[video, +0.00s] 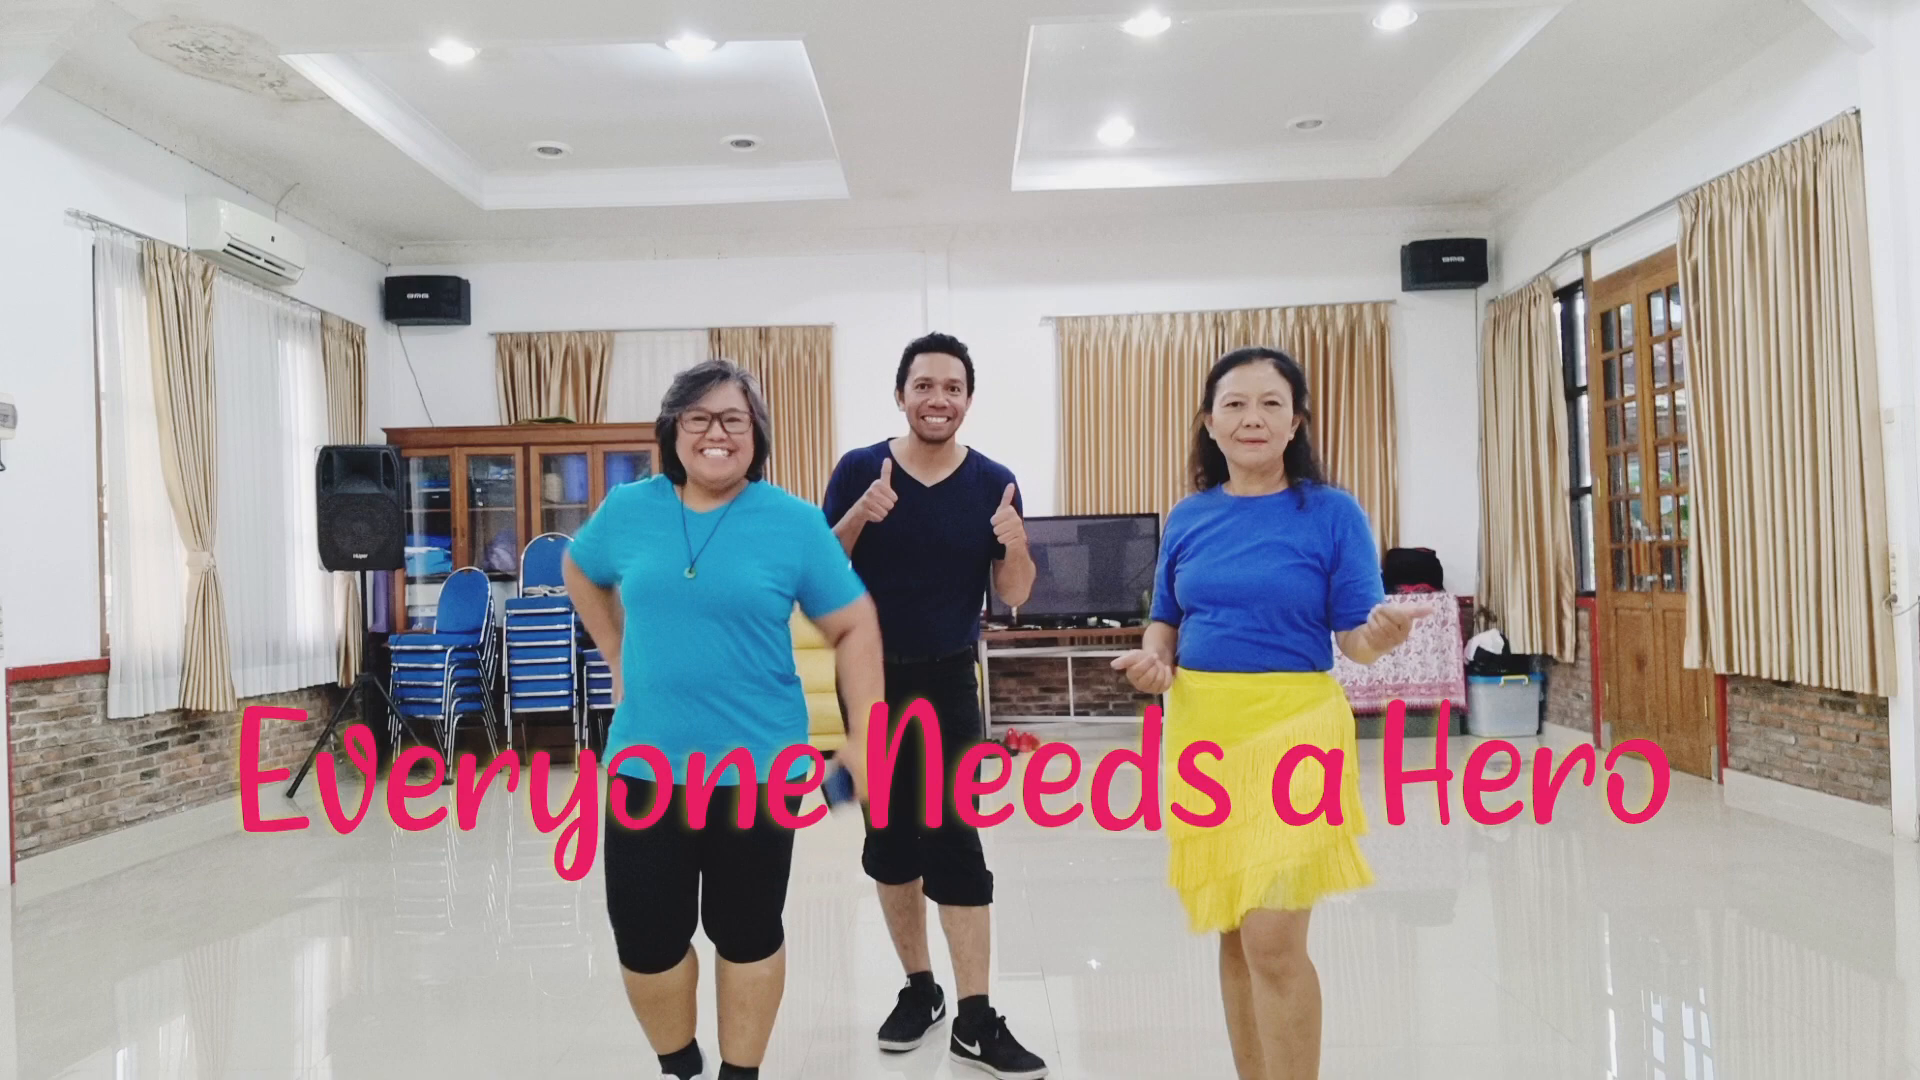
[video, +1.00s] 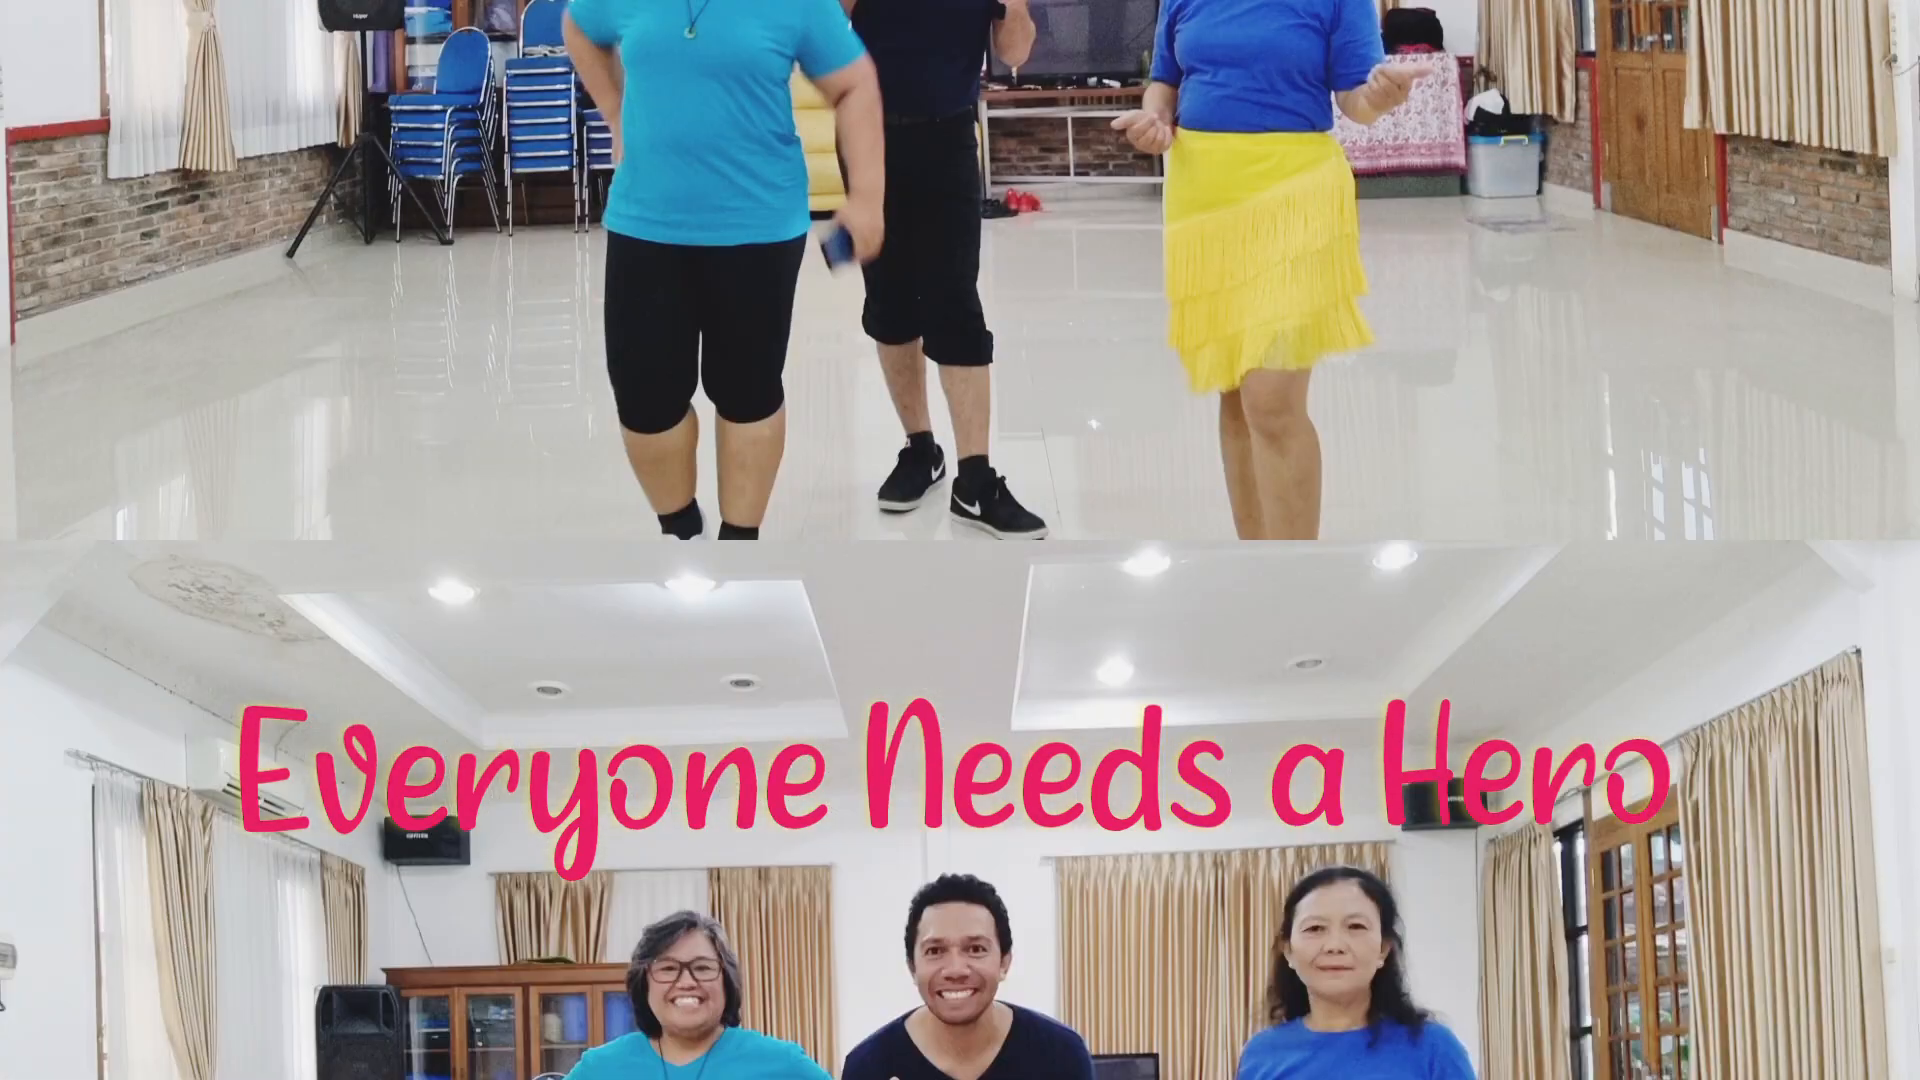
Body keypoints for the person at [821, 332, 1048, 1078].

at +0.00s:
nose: (938, 400)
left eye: (952, 388)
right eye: (924, 386)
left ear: (968, 399)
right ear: (900, 396)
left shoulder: (992, 483)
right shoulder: (858, 472)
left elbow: (1014, 595)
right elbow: (813, 570)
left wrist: (1015, 548)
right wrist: (854, 520)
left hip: (950, 676)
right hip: (872, 676)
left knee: (957, 841)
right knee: (892, 840)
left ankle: (975, 1014)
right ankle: (919, 990)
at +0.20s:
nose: (938, 400)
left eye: (952, 388)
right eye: (924, 386)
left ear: (968, 399)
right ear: (900, 396)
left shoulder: (992, 483)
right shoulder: (858, 472)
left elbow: (1014, 595)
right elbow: (813, 570)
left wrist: (1015, 548)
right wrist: (854, 520)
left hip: (950, 676)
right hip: (872, 676)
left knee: (957, 841)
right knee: (892, 840)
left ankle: (975, 1014)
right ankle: (919, 990)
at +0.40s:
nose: (938, 400)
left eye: (952, 388)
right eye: (924, 386)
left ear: (968, 399)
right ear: (900, 396)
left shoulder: (992, 483)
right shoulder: (858, 472)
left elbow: (1014, 595)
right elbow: (813, 570)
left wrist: (1015, 548)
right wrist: (854, 520)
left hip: (950, 676)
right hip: (872, 676)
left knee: (957, 841)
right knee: (892, 840)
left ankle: (975, 1014)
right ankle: (919, 990)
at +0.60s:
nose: (938, 396)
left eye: (952, 384)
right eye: (924, 382)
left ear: (968, 395)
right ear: (900, 392)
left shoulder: (992, 479)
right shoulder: (858, 468)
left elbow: (1014, 593)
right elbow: (813, 566)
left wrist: (1015, 544)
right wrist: (854, 515)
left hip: (950, 673)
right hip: (872, 673)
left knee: (957, 839)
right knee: (892, 839)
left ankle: (975, 1011)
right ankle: (919, 985)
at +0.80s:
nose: (938, 283)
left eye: (952, 271)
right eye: (924, 270)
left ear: (968, 283)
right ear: (900, 280)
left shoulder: (991, 366)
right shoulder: (858, 355)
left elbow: (1014, 479)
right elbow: (813, 453)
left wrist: (1015, 431)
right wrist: (854, 403)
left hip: (949, 562)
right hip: (870, 560)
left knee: (957, 723)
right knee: (890, 718)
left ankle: (975, 896)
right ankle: (918, 870)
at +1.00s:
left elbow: (1015, 52)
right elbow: (825, 31)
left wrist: (1015, 6)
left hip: (948, 130)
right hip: (870, 128)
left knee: (956, 302)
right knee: (890, 297)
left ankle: (975, 475)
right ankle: (919, 448)